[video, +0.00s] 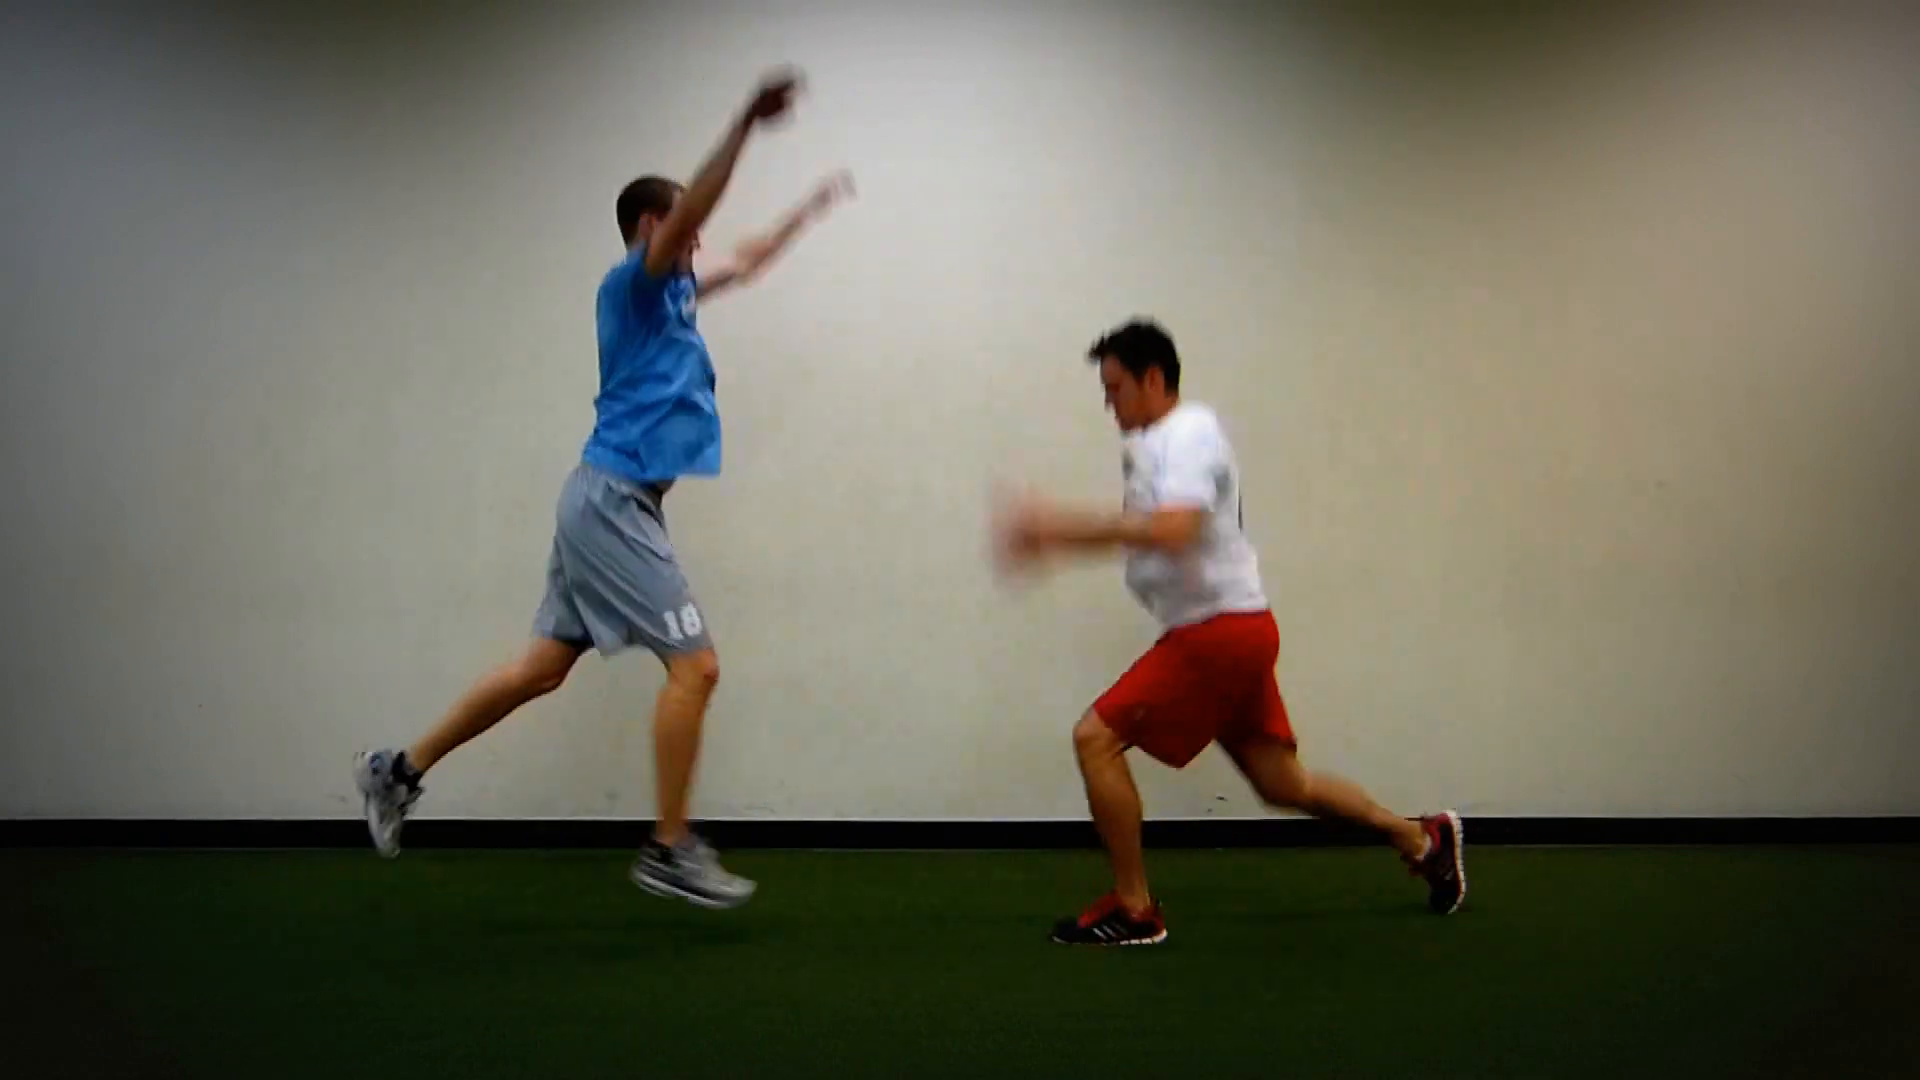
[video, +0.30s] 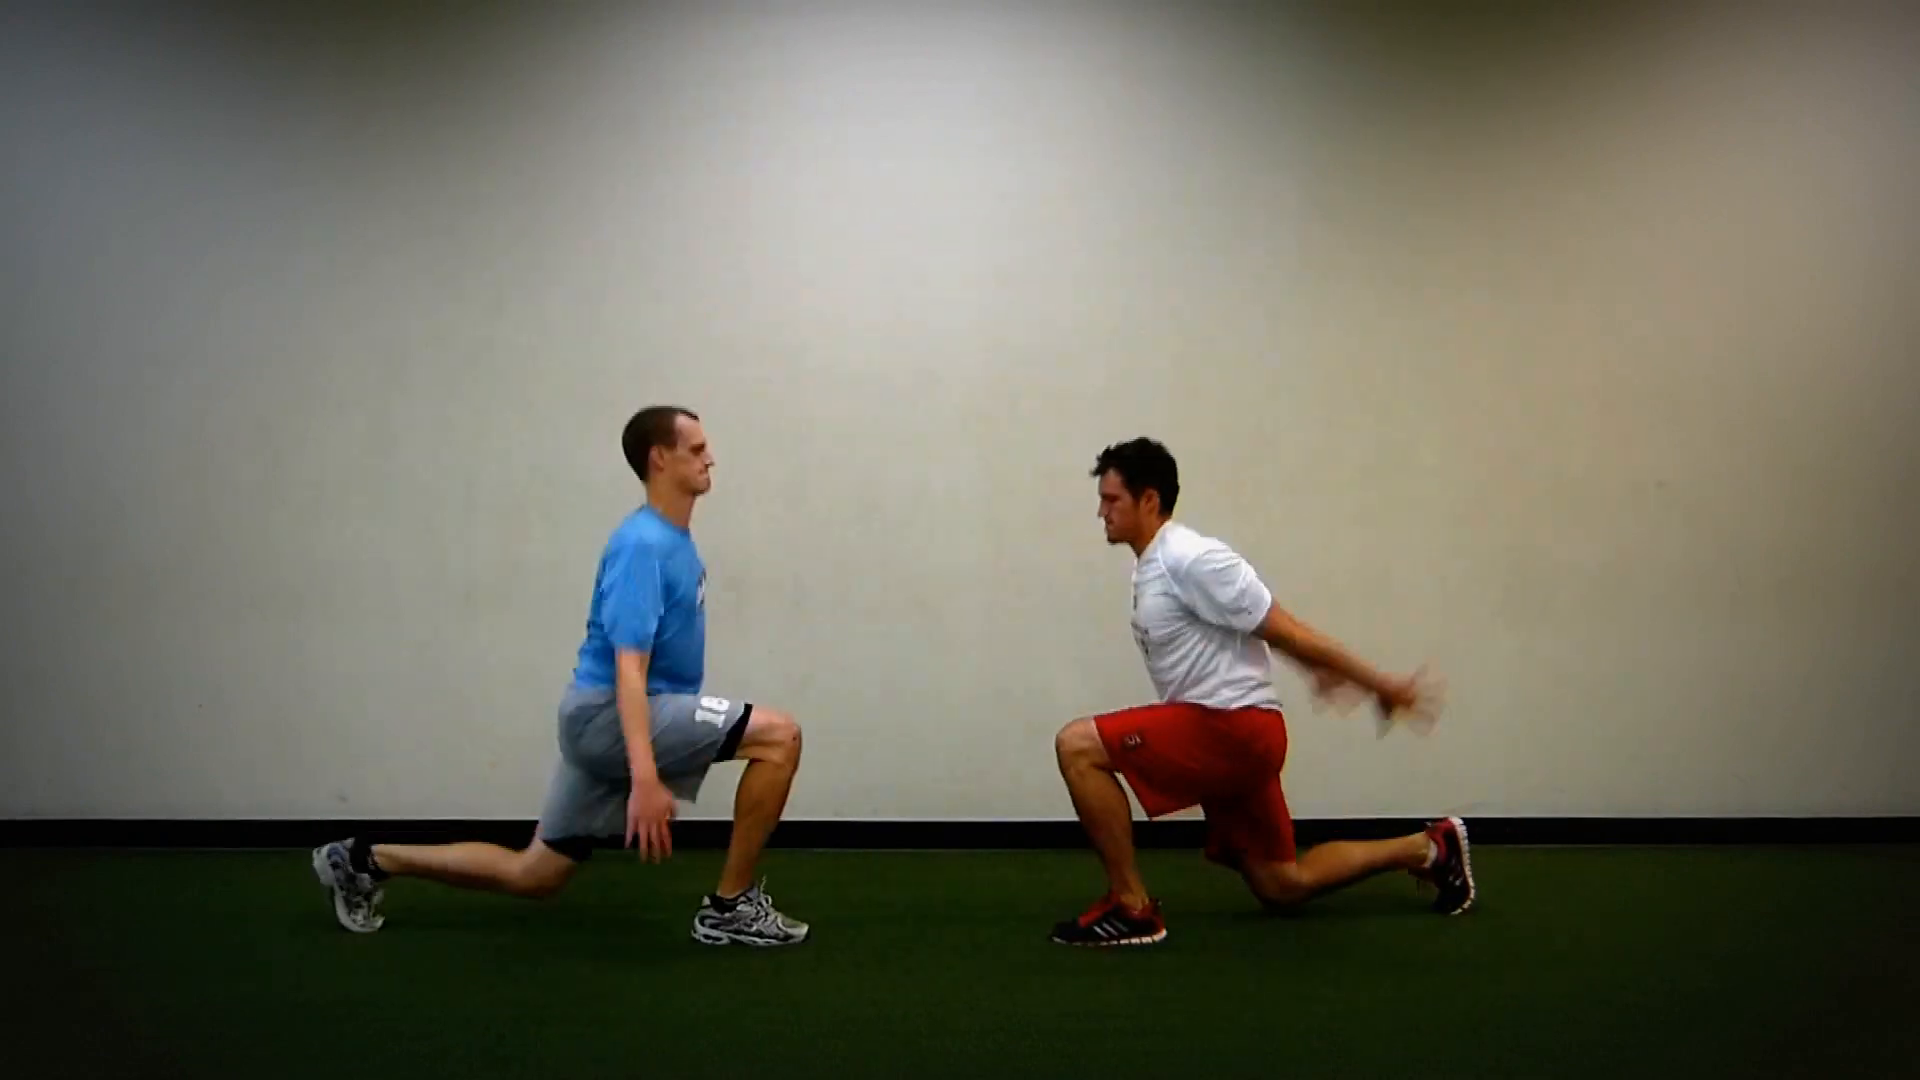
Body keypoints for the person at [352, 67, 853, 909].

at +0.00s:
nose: (696, 242)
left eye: (697, 229)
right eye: (684, 228)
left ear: (674, 235)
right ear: (645, 230)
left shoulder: (671, 293)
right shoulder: (631, 286)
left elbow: (746, 264)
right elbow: (688, 213)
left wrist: (805, 211)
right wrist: (747, 123)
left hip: (603, 502)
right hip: (612, 504)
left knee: (543, 666)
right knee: (694, 668)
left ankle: (401, 770)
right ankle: (671, 845)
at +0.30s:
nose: (710, 460)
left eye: (707, 449)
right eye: (698, 451)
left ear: (670, 462)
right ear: (660, 461)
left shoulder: (669, 539)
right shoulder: (643, 546)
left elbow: (657, 659)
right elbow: (630, 671)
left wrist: (664, 767)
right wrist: (646, 778)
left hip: (609, 716)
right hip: (611, 719)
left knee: (537, 873)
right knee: (779, 737)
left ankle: (364, 860)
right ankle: (732, 903)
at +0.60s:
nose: (697, 340)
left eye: (694, 329)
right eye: (688, 329)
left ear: (648, 334)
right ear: (653, 331)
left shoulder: (653, 402)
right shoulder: (648, 399)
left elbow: (726, 367)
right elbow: (721, 362)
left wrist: (770, 301)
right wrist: (766, 298)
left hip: (606, 606)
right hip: (625, 609)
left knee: (533, 745)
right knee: (753, 722)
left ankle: (387, 848)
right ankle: (734, 900)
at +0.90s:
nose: (709, 209)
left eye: (712, 199)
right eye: (699, 196)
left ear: (697, 207)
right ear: (665, 191)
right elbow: (658, 133)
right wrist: (673, 23)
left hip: (657, 479)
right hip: (623, 468)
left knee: (658, 655)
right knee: (595, 656)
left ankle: (618, 828)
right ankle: (444, 774)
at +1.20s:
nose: (707, 401)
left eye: (705, 388)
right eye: (698, 388)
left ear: (662, 394)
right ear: (658, 393)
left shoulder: (671, 470)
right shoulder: (637, 464)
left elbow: (673, 545)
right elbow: (630, 540)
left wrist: (721, 565)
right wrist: (702, 573)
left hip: (660, 665)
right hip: (597, 670)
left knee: (772, 728)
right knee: (535, 855)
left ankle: (731, 896)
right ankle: (342, 891)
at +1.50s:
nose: (706, 469)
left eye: (705, 458)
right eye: (696, 458)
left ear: (662, 464)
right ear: (658, 463)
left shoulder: (663, 541)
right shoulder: (637, 554)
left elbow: (646, 663)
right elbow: (631, 682)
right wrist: (673, 783)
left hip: (660, 717)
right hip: (602, 739)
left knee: (783, 731)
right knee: (556, 930)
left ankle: (731, 895)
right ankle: (365, 892)